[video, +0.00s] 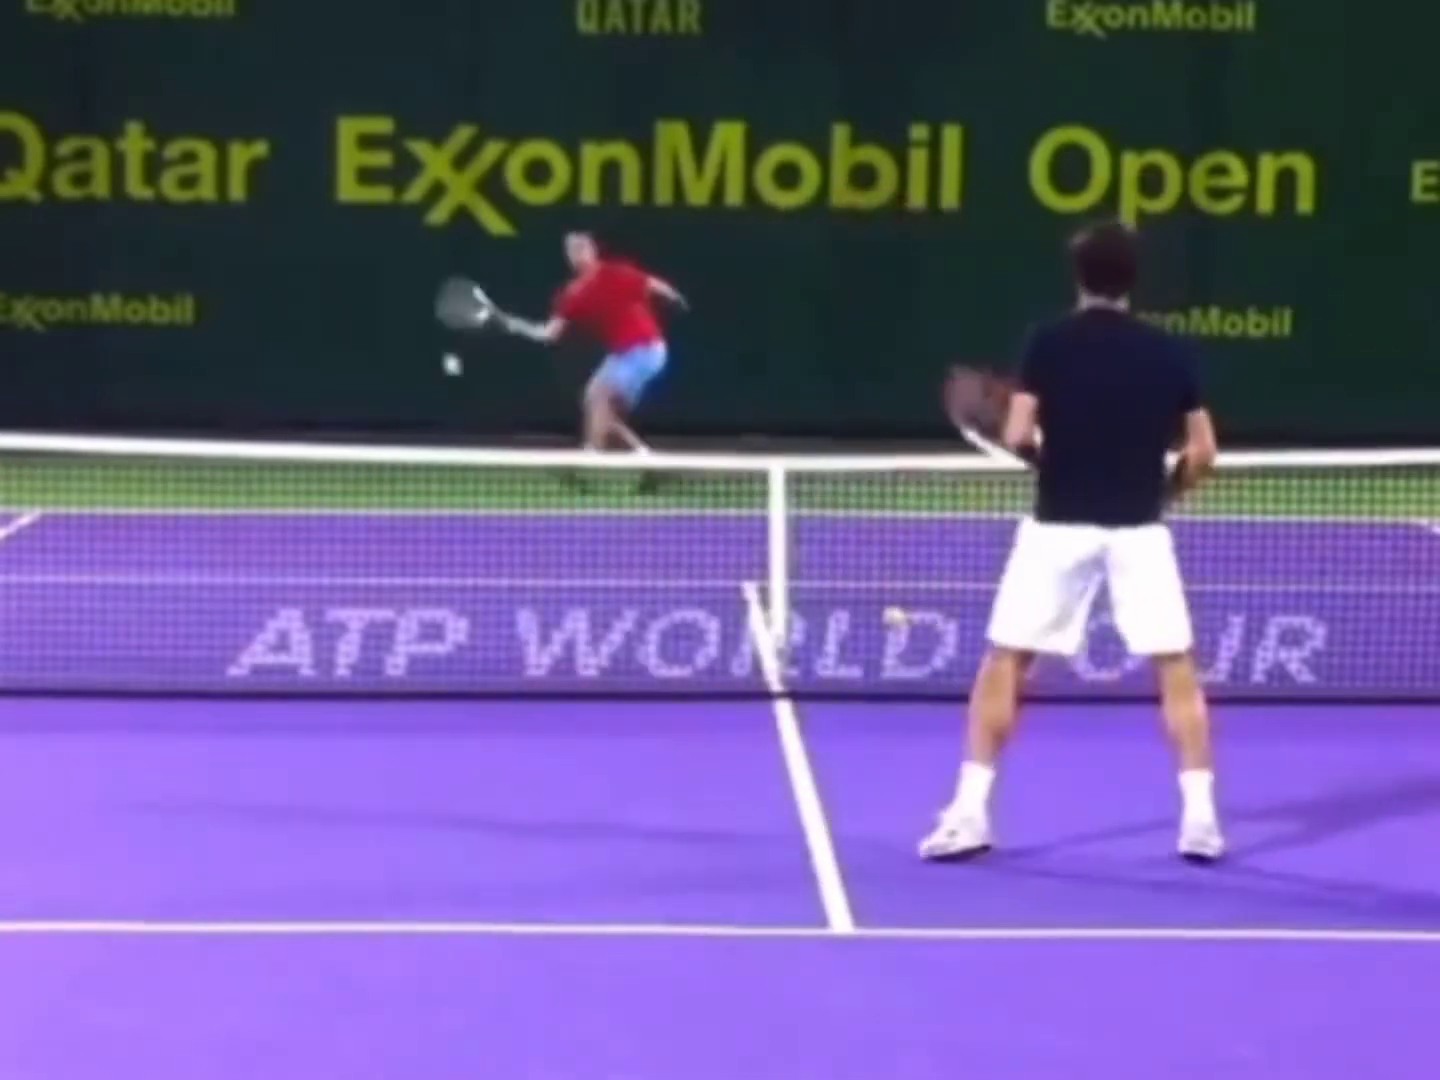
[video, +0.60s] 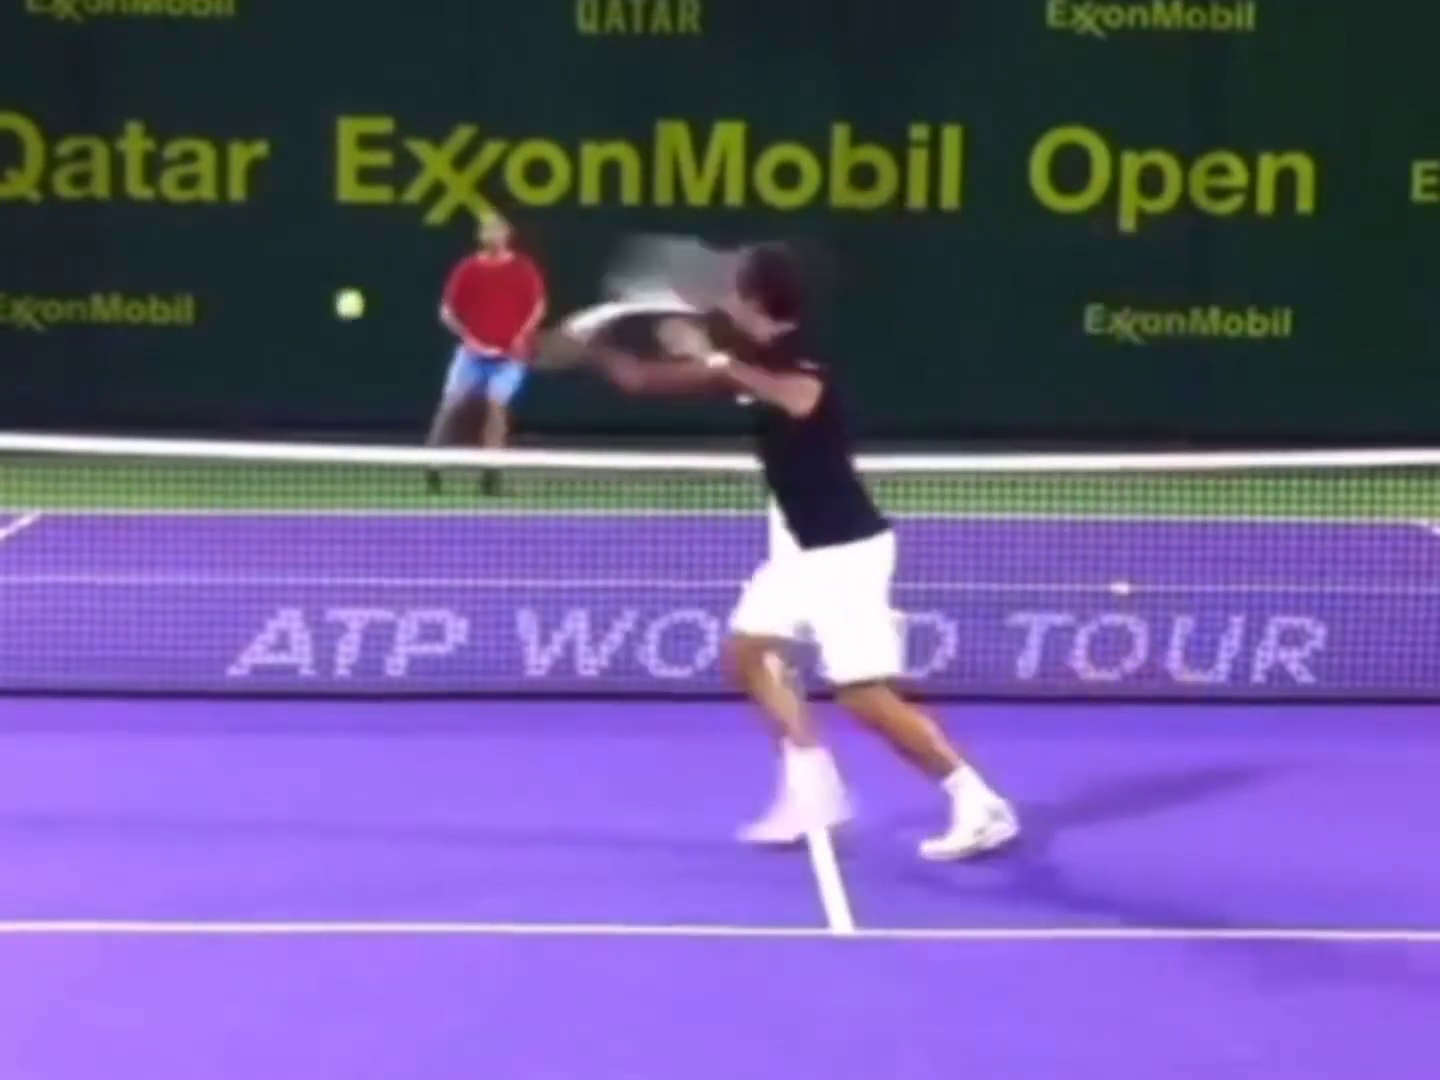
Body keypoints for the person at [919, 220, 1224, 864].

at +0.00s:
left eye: (1082, 274)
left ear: (1077, 279)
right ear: (1134, 281)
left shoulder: (1049, 342)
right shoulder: (1166, 350)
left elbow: (1018, 433)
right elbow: (1202, 452)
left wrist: (1057, 455)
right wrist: (1169, 488)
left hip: (1057, 527)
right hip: (1140, 530)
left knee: (1004, 662)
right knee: (1176, 669)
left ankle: (970, 808)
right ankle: (1199, 813)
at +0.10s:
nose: (1052, 292)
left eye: (1050, 282)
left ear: (1049, 286)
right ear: (1106, 285)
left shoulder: (1037, 345)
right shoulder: (1138, 354)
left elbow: (1006, 436)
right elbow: (1160, 454)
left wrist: (988, 419)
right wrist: (1104, 435)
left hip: (1047, 532)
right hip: (1126, 535)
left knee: (976, 653)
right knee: (1164, 665)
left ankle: (950, 808)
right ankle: (1201, 805)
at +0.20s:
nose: (1005, 299)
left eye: (1007, 290)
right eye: (1010, 289)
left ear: (1014, 296)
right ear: (1066, 296)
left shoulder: (1025, 358)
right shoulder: (1084, 357)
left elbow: (997, 441)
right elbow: (1060, 446)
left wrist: (959, 418)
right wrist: (979, 431)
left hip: (1028, 549)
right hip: (1099, 548)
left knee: (945, 663)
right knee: (1139, 679)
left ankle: (948, 816)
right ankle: (1196, 807)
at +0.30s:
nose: (950, 300)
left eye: (958, 290)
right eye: (954, 289)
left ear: (971, 300)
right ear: (1006, 301)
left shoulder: (983, 359)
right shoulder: (1016, 358)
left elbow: (968, 438)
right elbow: (956, 443)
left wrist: (916, 385)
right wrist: (902, 438)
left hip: (986, 551)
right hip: (1048, 545)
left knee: (910, 669)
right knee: (1099, 671)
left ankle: (981, 803)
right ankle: (1186, 793)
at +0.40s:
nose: (883, 306)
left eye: (890, 298)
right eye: (890, 298)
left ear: (900, 307)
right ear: (929, 308)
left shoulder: (933, 357)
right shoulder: (901, 364)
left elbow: (923, 429)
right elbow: (846, 408)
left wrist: (884, 356)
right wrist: (803, 388)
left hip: (934, 556)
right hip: (983, 546)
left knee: (896, 689)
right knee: (1026, 681)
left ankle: (987, 812)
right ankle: (1134, 769)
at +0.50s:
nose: (817, 312)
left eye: (823, 306)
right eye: (818, 305)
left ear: (839, 320)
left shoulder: (867, 368)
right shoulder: (834, 372)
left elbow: (858, 427)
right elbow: (786, 387)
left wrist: (825, 349)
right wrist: (750, 355)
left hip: (900, 547)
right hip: (896, 544)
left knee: (874, 688)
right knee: (908, 678)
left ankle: (981, 803)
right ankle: (1017, 751)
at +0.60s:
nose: (732, 306)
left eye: (741, 297)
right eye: (733, 297)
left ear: (763, 304)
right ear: (775, 304)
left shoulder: (801, 361)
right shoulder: (750, 363)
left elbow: (801, 399)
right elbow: (653, 378)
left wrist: (729, 368)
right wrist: (596, 347)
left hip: (853, 549)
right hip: (802, 550)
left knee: (861, 691)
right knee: (748, 654)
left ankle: (976, 798)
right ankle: (813, 782)